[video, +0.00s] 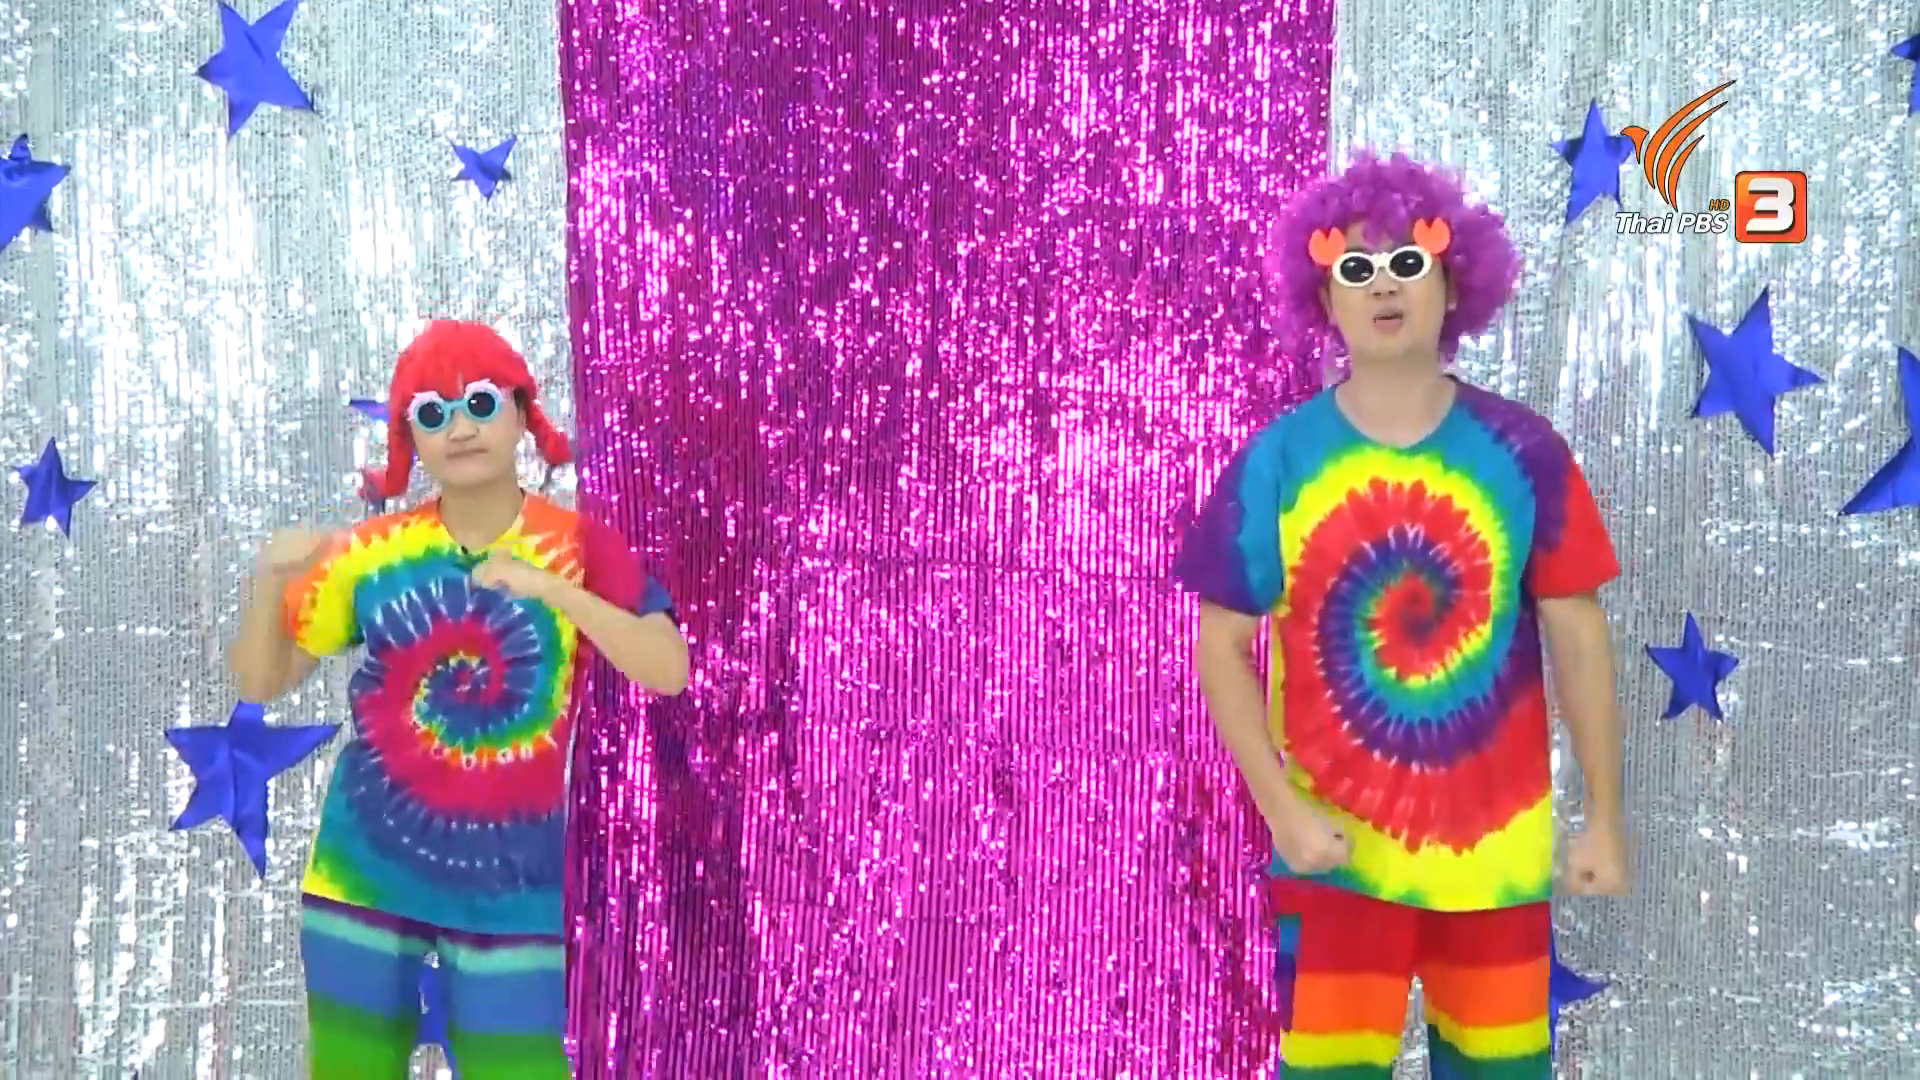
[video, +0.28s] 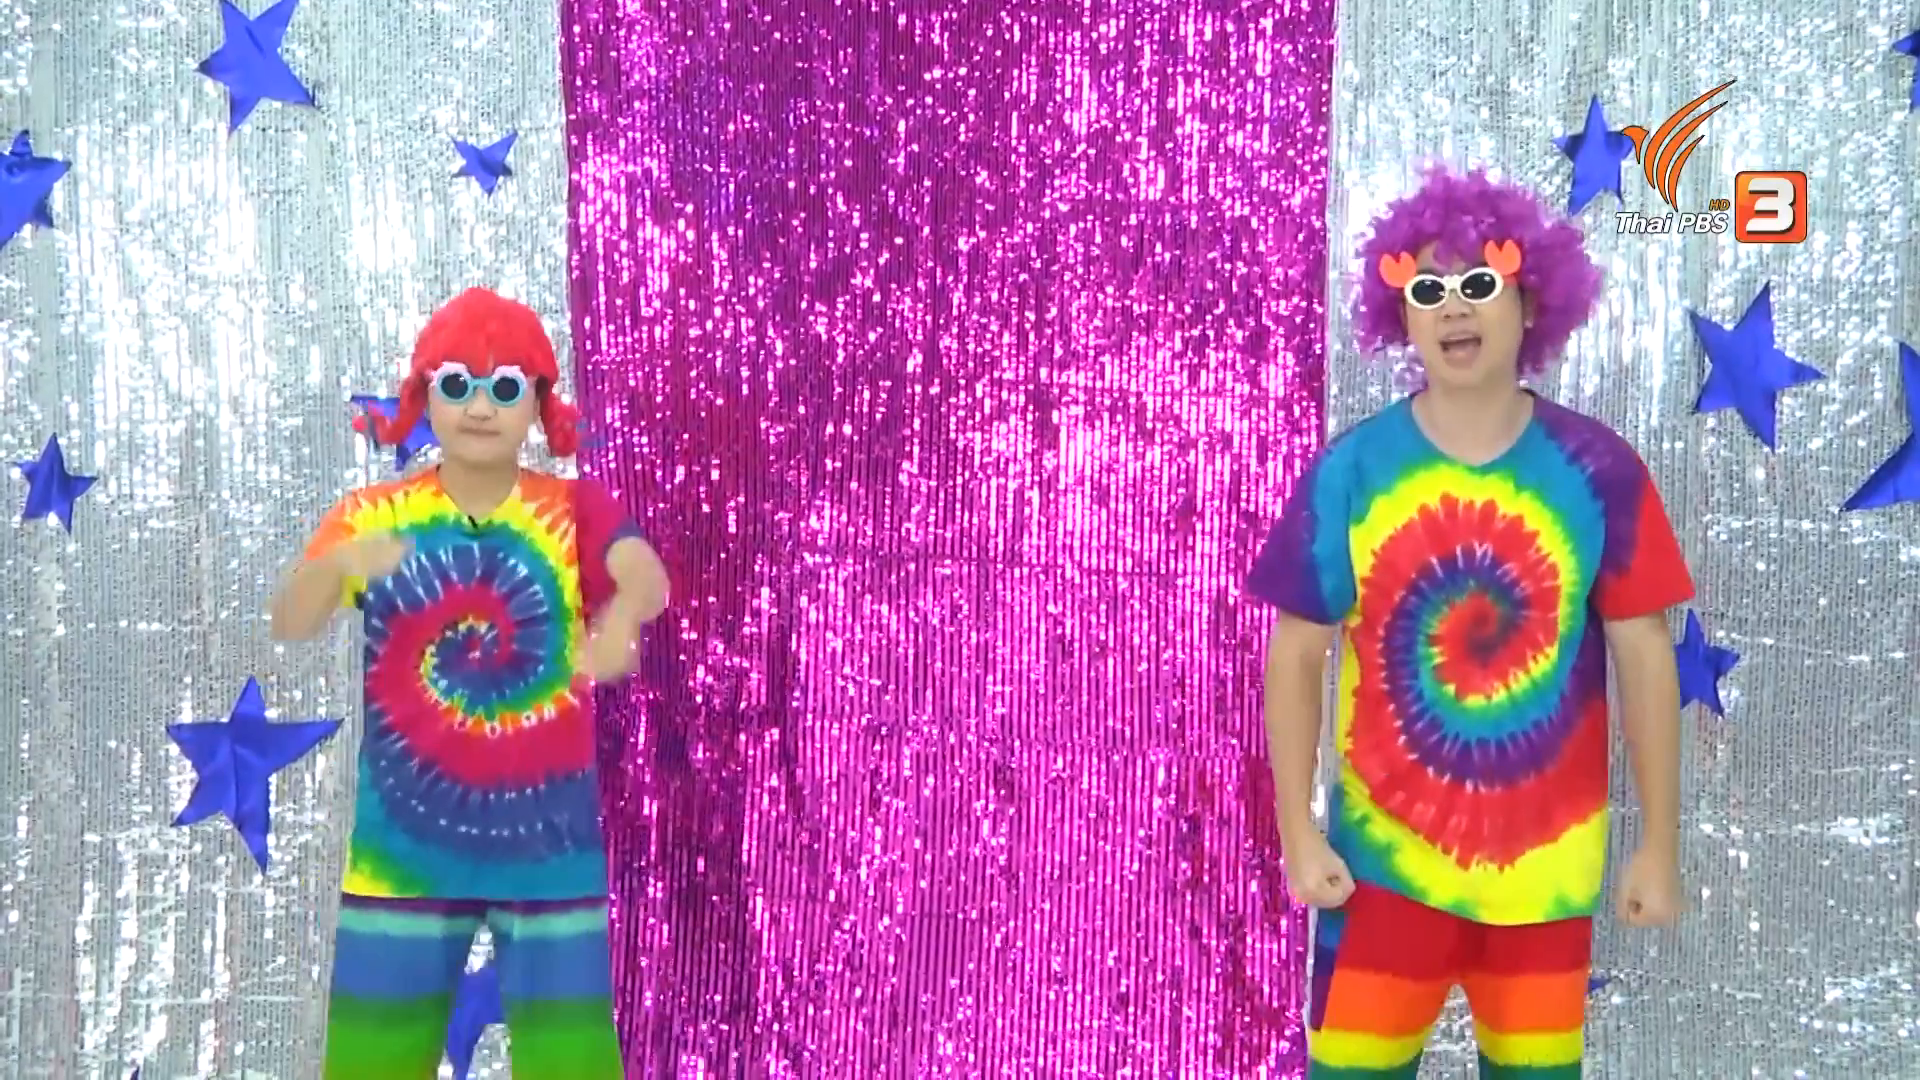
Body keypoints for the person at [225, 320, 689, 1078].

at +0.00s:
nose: (461, 426)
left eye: (483, 402)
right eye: (434, 412)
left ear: (522, 420)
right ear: (412, 441)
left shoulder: (577, 542)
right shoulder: (371, 549)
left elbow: (668, 668)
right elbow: (261, 679)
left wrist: (556, 590)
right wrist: (267, 577)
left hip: (513, 894)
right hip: (364, 885)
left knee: (518, 1068)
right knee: (350, 1067)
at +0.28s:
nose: (481, 407)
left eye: (506, 387)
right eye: (456, 386)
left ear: (538, 408)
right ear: (425, 403)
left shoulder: (577, 510)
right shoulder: (370, 513)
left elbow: (645, 575)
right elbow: (290, 624)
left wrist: (622, 622)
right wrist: (336, 563)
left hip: (550, 846)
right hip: (403, 847)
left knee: (570, 1058)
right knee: (374, 1058)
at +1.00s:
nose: (467, 413)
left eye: (489, 388)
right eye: (440, 397)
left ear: (525, 404)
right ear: (415, 422)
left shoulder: (581, 532)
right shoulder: (376, 535)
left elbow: (587, 700)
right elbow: (343, 703)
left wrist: (563, 828)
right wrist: (339, 839)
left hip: (529, 868)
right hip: (375, 866)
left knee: (546, 1067)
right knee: (358, 1066)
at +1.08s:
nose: (468, 426)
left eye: (490, 401)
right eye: (441, 409)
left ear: (528, 416)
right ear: (416, 433)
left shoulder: (586, 546)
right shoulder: (380, 551)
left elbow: (605, 715)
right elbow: (342, 707)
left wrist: (617, 868)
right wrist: (306, 834)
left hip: (517, 886)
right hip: (367, 876)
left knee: (525, 1070)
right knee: (350, 1068)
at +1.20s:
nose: (480, 409)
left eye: (503, 385)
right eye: (453, 391)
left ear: (538, 400)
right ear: (426, 413)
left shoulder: (590, 520)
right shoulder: (389, 535)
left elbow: (631, 691)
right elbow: (349, 695)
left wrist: (675, 813)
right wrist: (268, 823)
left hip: (539, 861)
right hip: (391, 854)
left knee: (537, 1065)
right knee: (356, 1063)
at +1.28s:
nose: (487, 398)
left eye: (510, 376)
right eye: (462, 380)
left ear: (545, 391)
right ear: (434, 398)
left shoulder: (594, 509)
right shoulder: (393, 519)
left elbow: (629, 662)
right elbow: (357, 674)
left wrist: (677, 722)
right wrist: (265, 762)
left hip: (556, 842)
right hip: (412, 841)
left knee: (566, 1062)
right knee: (374, 1062)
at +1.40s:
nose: (500, 396)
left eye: (524, 376)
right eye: (475, 376)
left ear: (556, 392)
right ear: (443, 392)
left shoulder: (596, 505)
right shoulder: (401, 513)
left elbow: (618, 680)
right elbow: (378, 675)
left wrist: (678, 629)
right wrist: (297, 663)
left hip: (581, 835)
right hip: (446, 836)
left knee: (593, 1063)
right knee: (400, 1062)